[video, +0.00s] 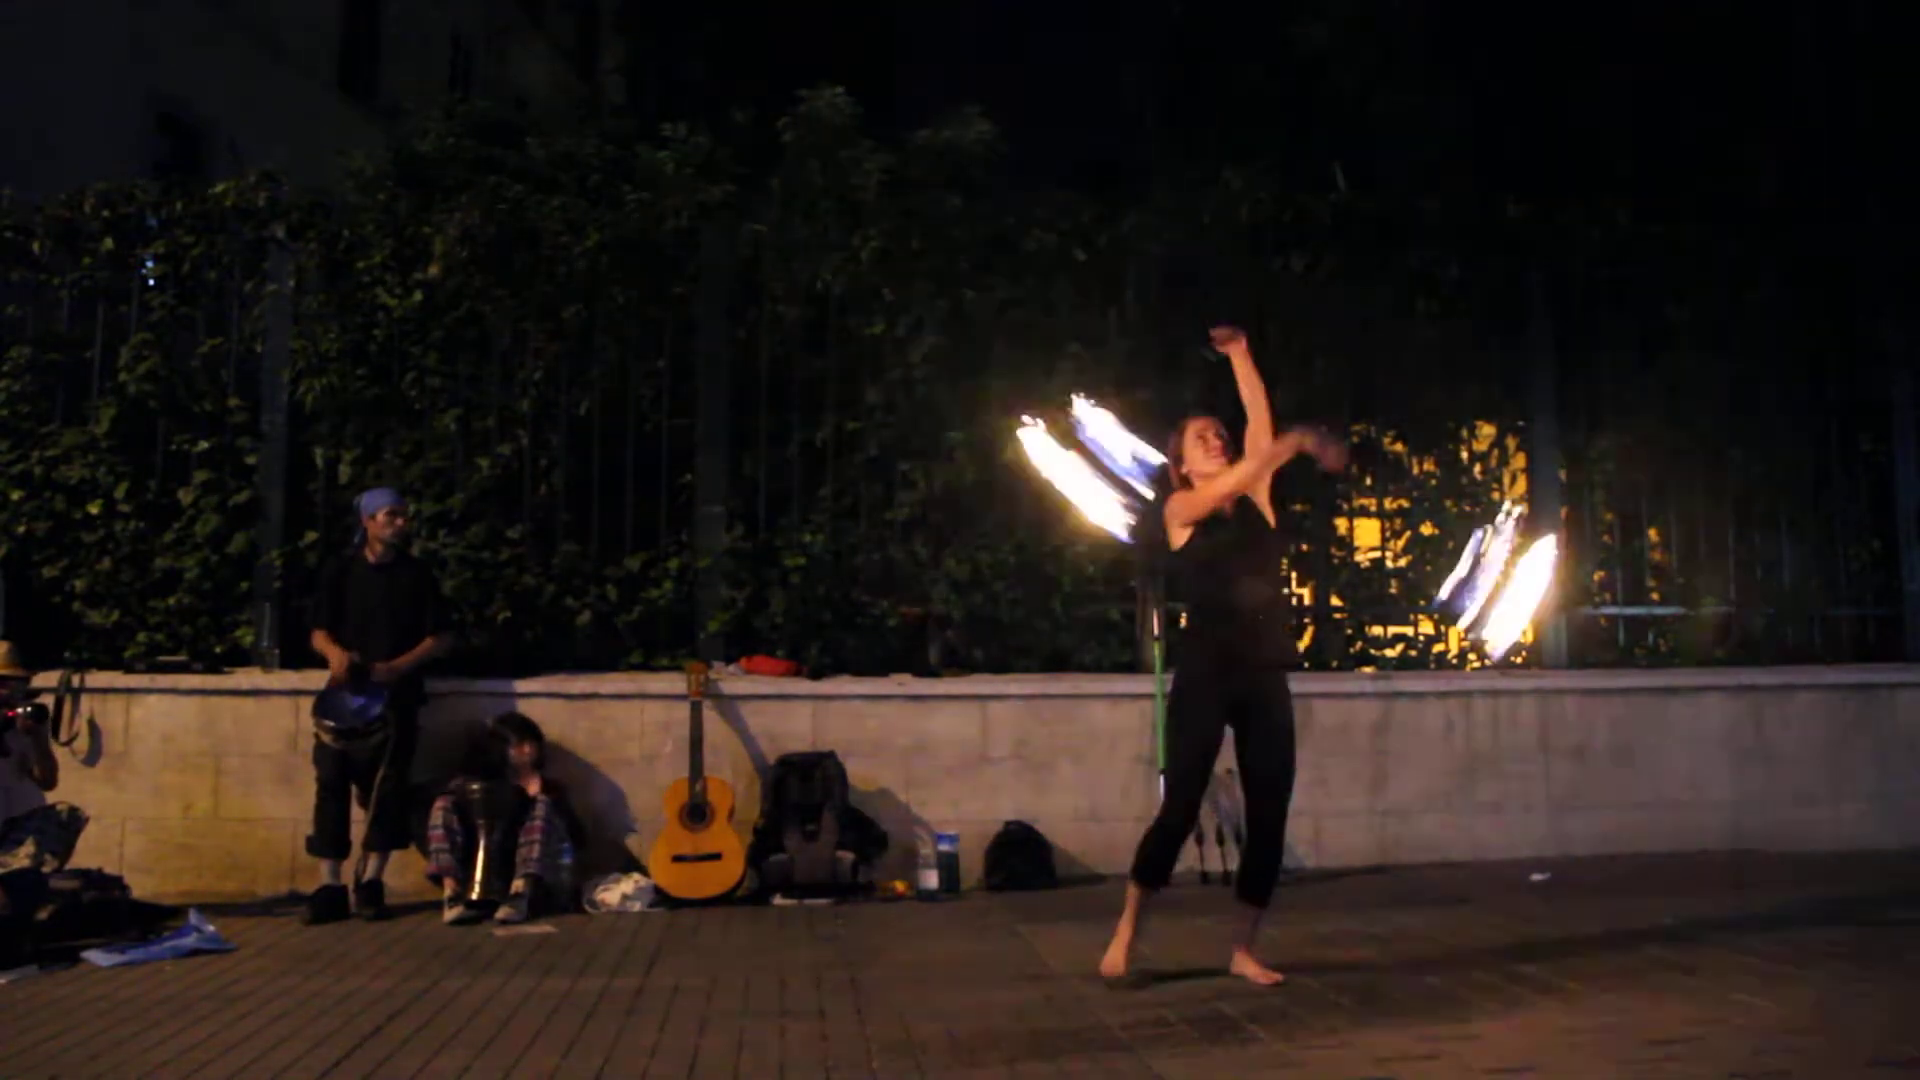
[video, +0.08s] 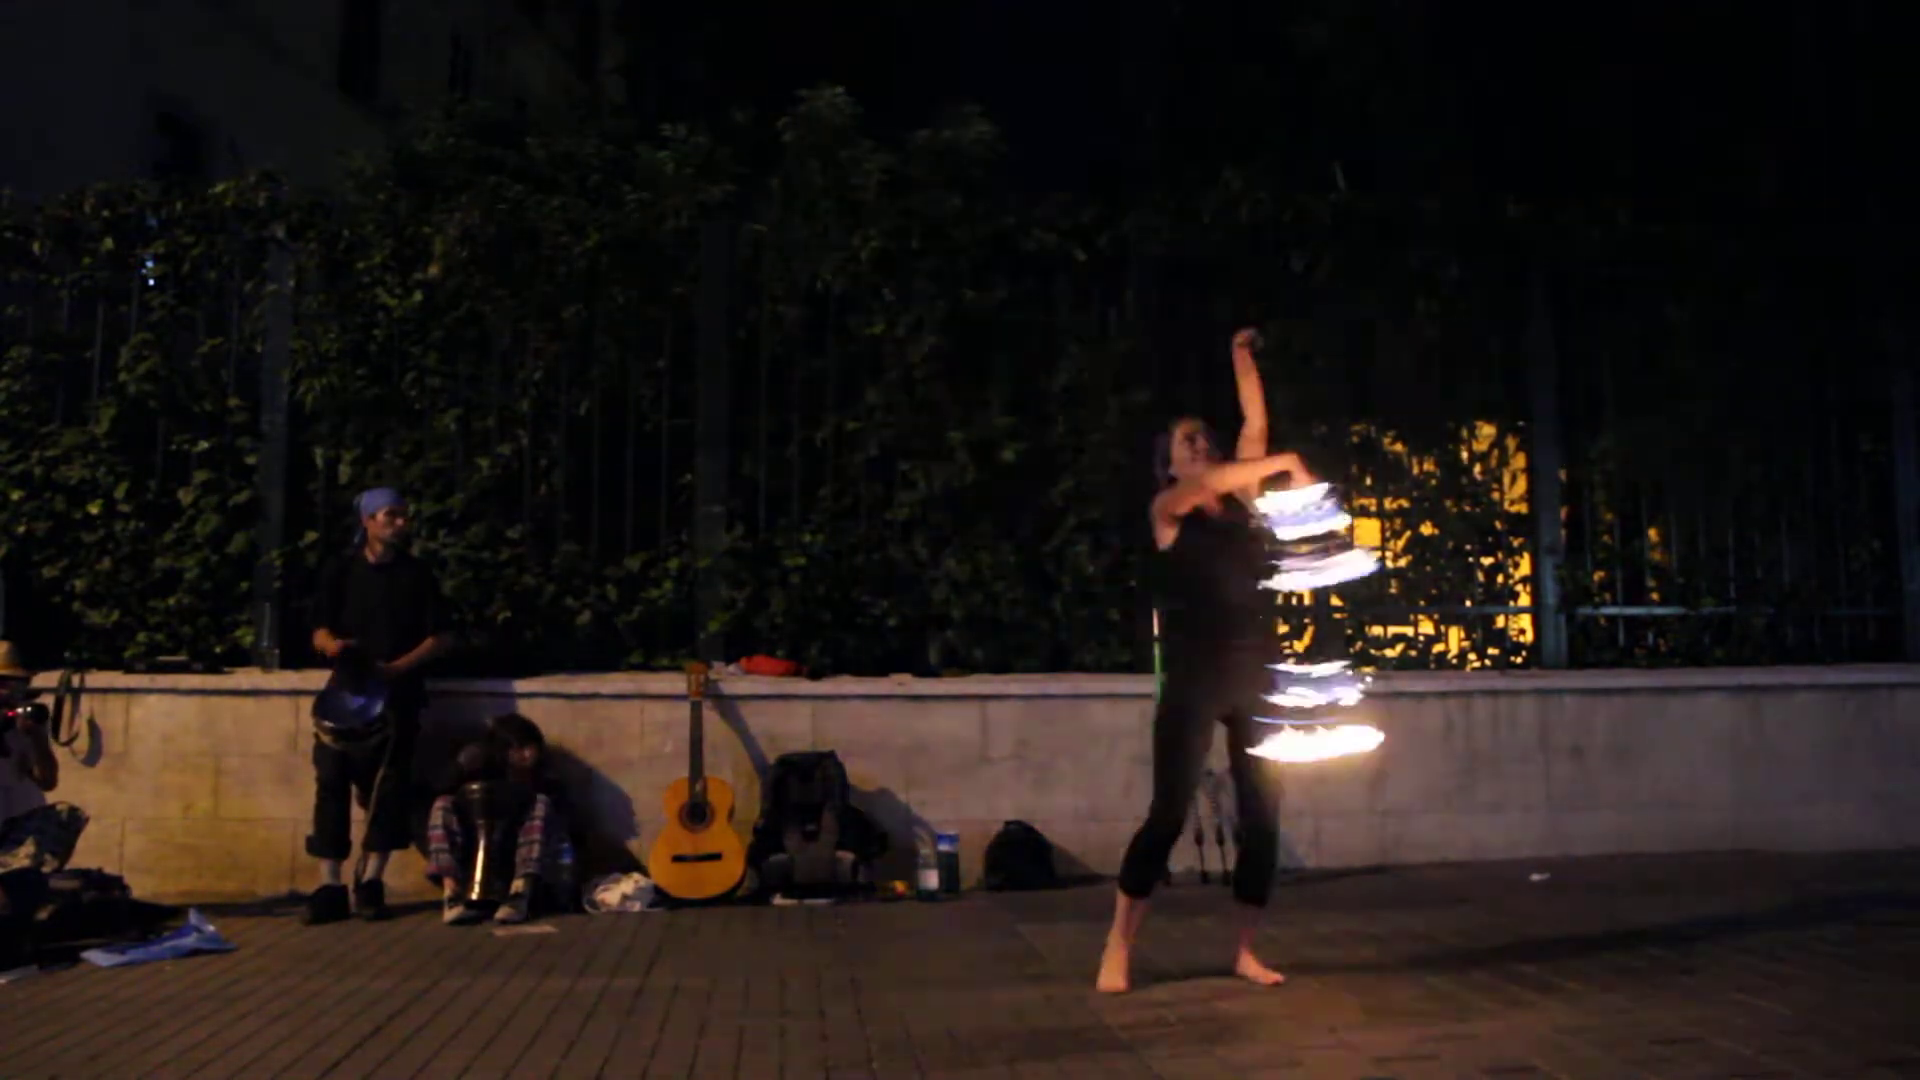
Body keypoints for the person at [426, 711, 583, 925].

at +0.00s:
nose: (527, 752)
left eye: (531, 745)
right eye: (519, 745)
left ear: (539, 750)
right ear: (501, 749)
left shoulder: (550, 788)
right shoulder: (485, 790)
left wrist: (539, 798)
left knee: (542, 807)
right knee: (443, 806)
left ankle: (521, 893)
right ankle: (451, 893)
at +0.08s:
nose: (527, 756)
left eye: (532, 748)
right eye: (519, 749)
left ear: (540, 751)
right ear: (501, 752)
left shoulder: (546, 783)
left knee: (540, 804)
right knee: (443, 805)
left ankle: (520, 893)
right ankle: (451, 893)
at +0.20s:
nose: (521, 758)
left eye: (526, 750)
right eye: (513, 751)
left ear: (532, 753)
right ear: (494, 752)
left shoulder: (545, 787)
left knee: (541, 805)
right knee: (442, 806)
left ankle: (521, 892)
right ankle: (451, 893)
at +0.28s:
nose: (523, 753)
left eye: (528, 746)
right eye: (515, 747)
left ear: (536, 751)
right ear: (502, 751)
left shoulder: (544, 786)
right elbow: (449, 786)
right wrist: (495, 774)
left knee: (542, 804)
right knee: (444, 805)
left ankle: (520, 893)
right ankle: (451, 894)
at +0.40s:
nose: (509, 751)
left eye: (517, 744)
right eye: (502, 744)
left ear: (531, 750)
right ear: (491, 748)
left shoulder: (549, 788)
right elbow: (450, 772)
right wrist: (490, 748)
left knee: (543, 806)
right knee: (444, 805)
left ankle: (521, 892)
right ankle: (452, 893)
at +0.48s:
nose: (525, 749)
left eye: (530, 742)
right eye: (516, 742)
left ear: (539, 748)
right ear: (501, 747)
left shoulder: (549, 787)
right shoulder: (485, 775)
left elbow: (573, 835)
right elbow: (439, 780)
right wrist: (477, 750)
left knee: (543, 805)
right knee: (444, 805)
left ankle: (521, 892)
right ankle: (452, 893)